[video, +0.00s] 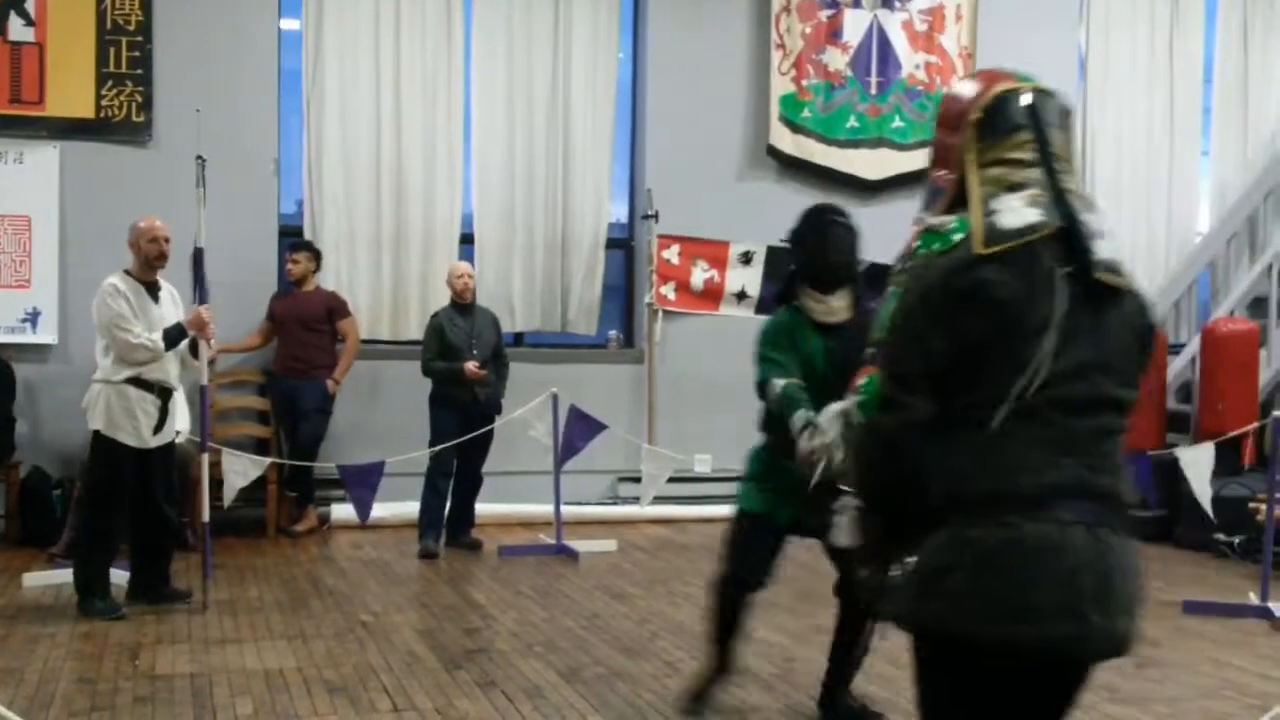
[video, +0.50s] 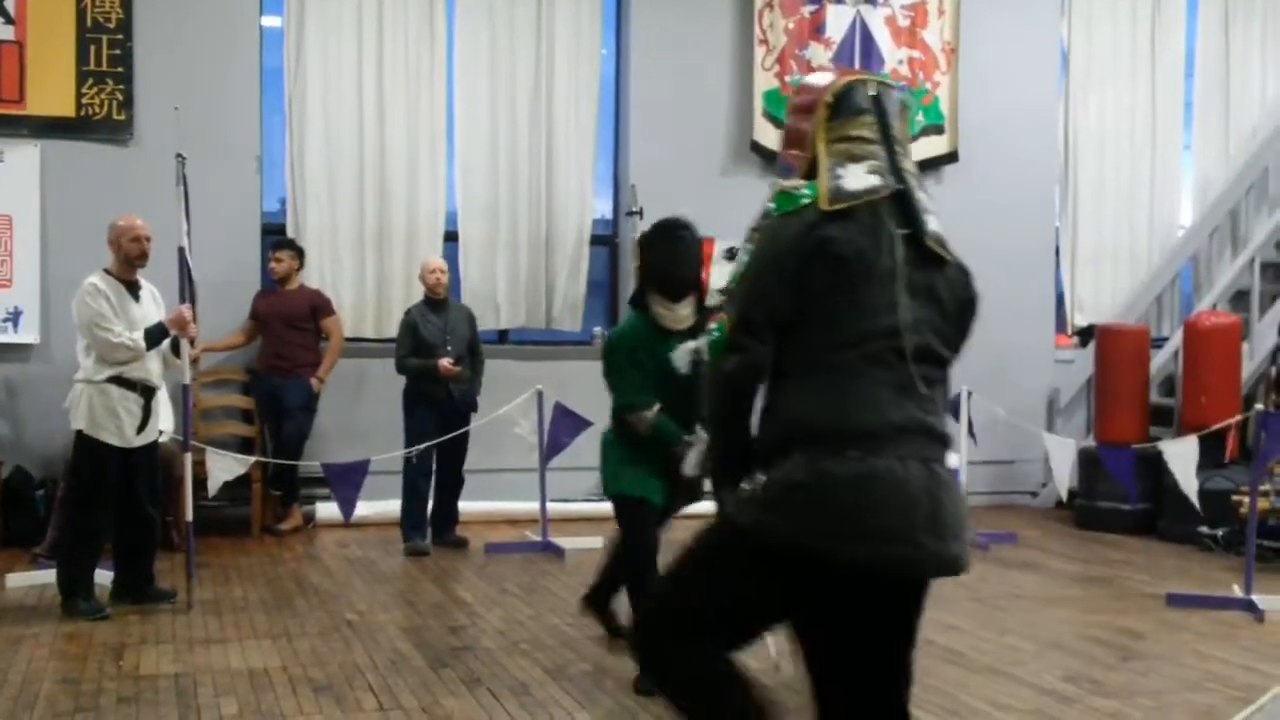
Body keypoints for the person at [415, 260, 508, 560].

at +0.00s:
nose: (465, 281)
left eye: (469, 276)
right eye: (459, 277)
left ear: (475, 282)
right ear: (449, 284)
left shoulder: (488, 319)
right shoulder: (439, 321)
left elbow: (500, 361)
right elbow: (428, 366)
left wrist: (495, 394)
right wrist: (460, 368)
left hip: (482, 405)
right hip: (447, 405)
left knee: (471, 471)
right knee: (441, 468)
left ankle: (459, 532)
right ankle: (429, 538)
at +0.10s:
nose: (463, 282)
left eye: (467, 276)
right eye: (457, 277)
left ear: (473, 282)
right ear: (446, 283)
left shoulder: (486, 319)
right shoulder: (437, 320)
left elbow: (498, 361)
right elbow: (425, 366)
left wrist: (492, 395)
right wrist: (457, 368)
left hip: (479, 405)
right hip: (444, 405)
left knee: (468, 471)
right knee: (438, 468)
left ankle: (457, 532)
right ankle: (426, 538)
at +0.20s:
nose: (457, 281)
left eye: (461, 276)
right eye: (451, 277)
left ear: (468, 281)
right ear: (441, 283)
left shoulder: (481, 319)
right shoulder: (431, 321)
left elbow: (493, 361)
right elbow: (420, 366)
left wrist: (488, 395)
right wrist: (451, 368)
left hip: (474, 405)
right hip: (439, 405)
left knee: (463, 472)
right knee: (432, 469)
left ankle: (453, 532)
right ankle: (423, 538)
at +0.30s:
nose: (444, 280)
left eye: (448, 275)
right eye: (438, 275)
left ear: (456, 280)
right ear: (428, 282)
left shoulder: (469, 317)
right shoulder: (419, 319)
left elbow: (481, 359)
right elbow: (407, 365)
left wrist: (477, 393)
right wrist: (439, 368)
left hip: (462, 404)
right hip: (427, 404)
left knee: (453, 472)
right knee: (422, 469)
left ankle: (444, 532)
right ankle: (415, 536)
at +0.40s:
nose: (442, 278)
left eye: (447, 273)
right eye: (436, 274)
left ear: (455, 279)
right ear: (427, 281)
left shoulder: (468, 316)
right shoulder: (418, 317)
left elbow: (480, 358)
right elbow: (406, 364)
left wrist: (475, 392)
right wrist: (438, 366)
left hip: (460, 402)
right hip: (425, 403)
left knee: (453, 470)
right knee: (421, 468)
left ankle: (445, 531)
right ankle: (416, 536)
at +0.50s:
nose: (438, 277)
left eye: (443, 272)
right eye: (432, 272)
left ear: (449, 277)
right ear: (422, 279)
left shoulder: (464, 315)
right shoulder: (413, 317)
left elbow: (476, 357)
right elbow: (402, 363)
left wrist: (472, 391)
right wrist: (434, 365)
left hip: (457, 401)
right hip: (422, 401)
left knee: (451, 469)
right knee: (418, 468)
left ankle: (444, 530)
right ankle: (415, 535)